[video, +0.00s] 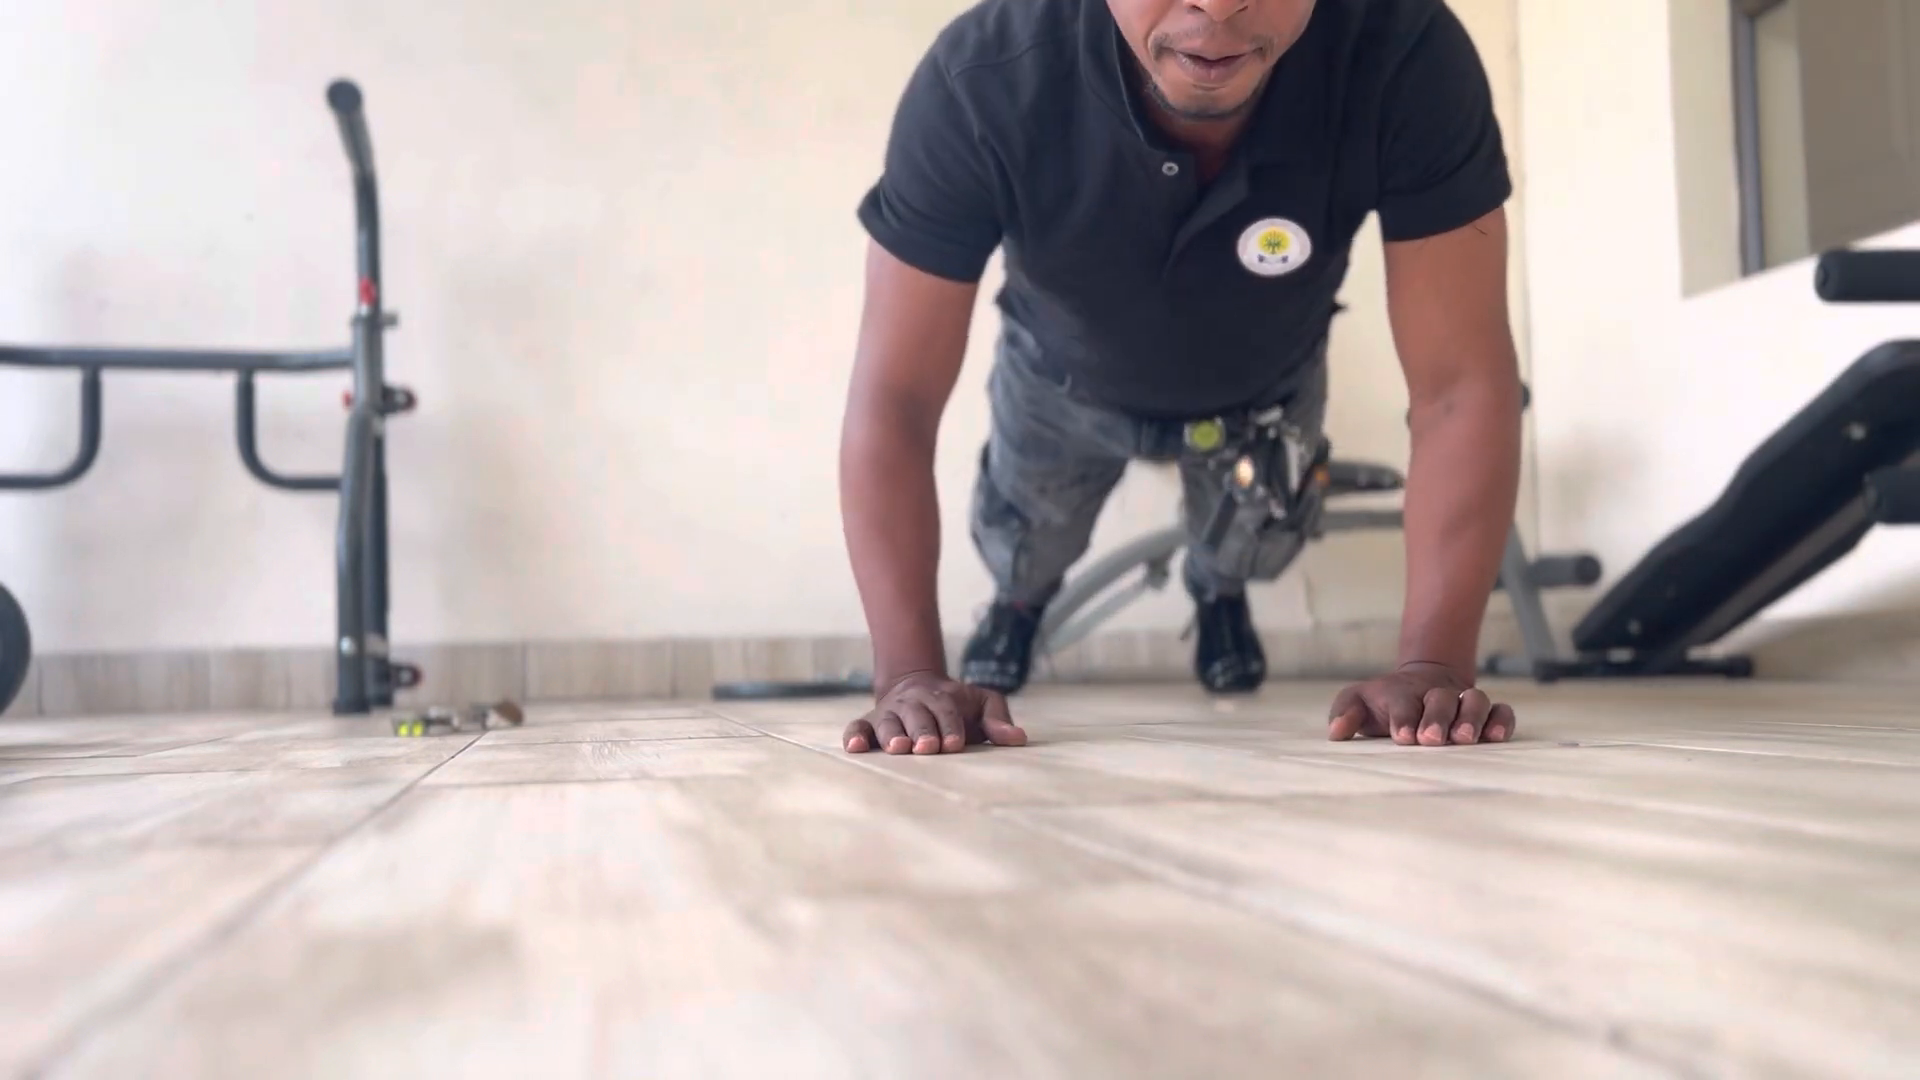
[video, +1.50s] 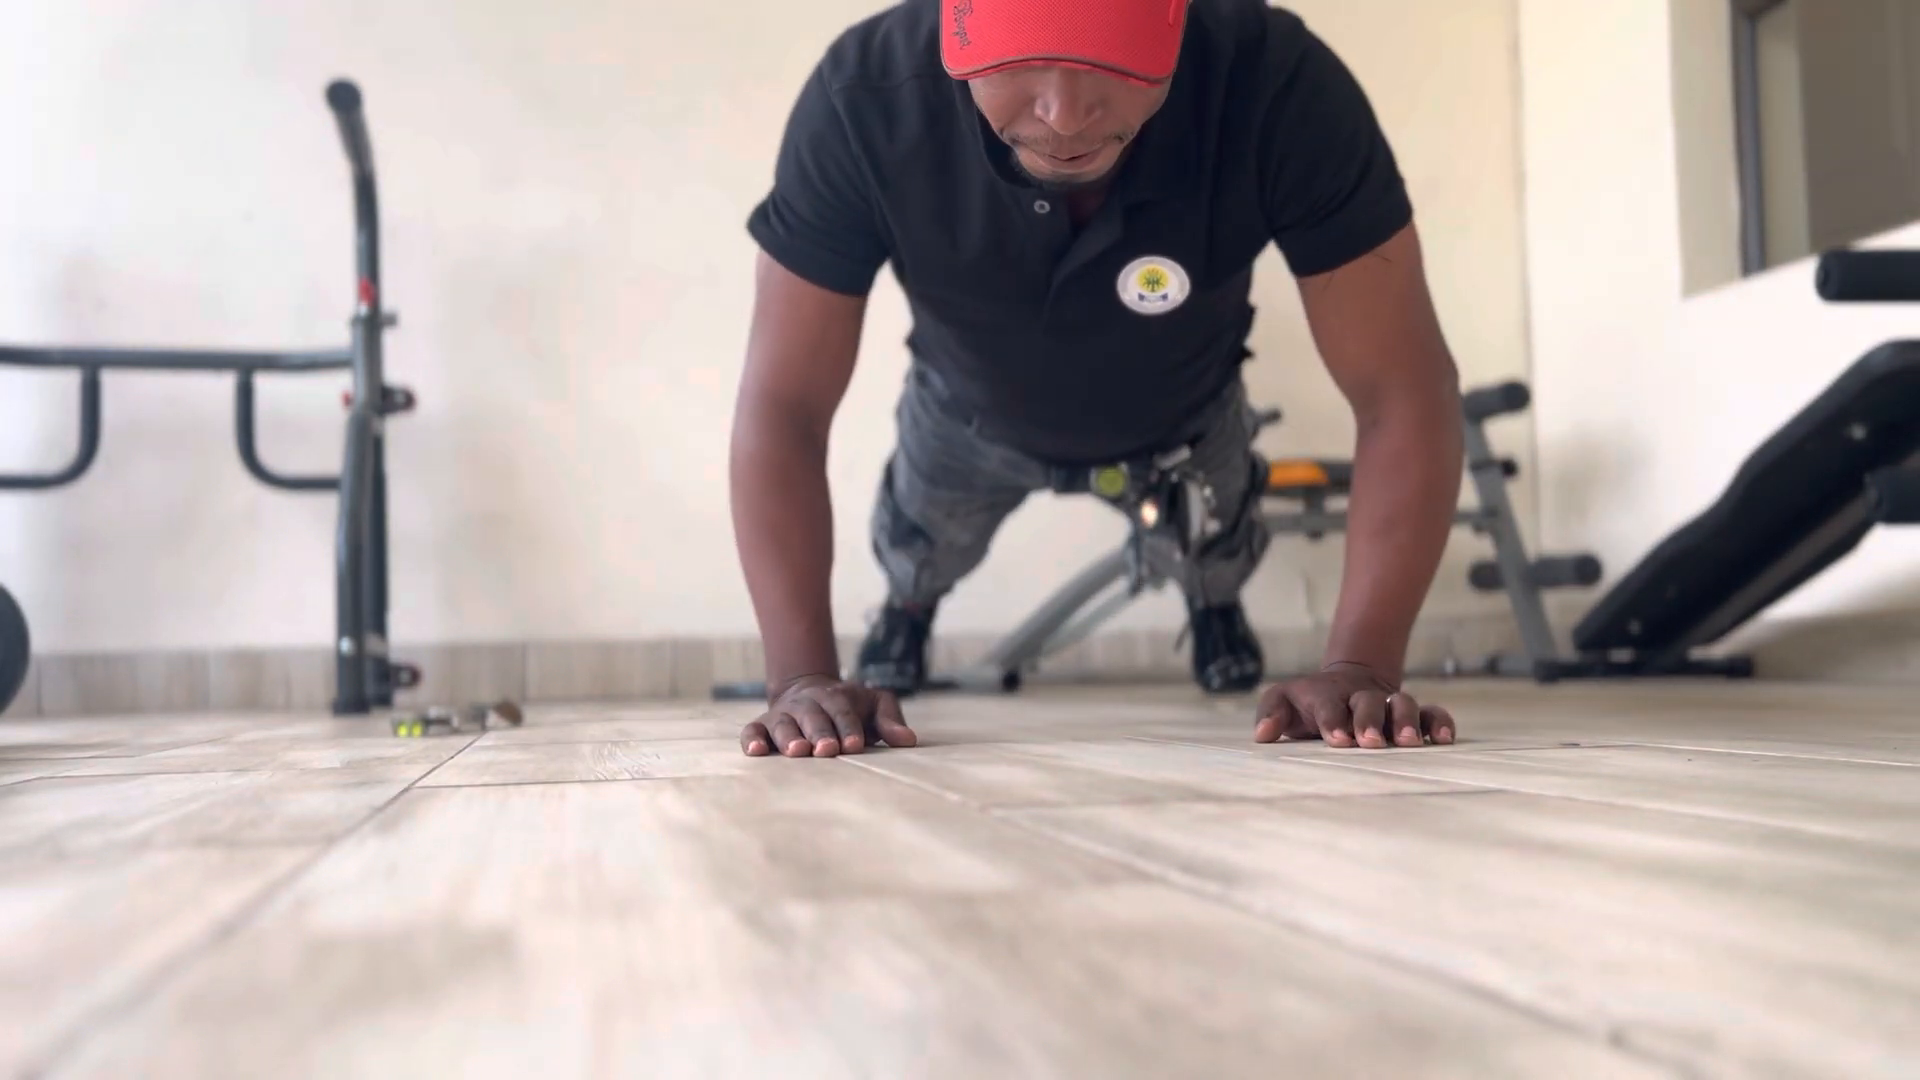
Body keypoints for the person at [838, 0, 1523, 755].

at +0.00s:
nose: (1213, 19)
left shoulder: (1403, 52)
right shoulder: (986, 74)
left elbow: (1460, 383)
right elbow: (892, 400)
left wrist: (1434, 664)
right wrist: (906, 676)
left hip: (1264, 384)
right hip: (1066, 377)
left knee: (1253, 534)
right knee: (1030, 527)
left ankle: (1222, 594)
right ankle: (1020, 607)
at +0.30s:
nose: (1181, 37)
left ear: (1297, 6)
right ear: (1055, 4)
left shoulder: (1374, 95)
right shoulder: (956, 101)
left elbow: (1460, 397)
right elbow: (870, 412)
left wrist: (1433, 668)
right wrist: (903, 677)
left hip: (1235, 419)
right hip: (1038, 420)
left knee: (1236, 536)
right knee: (1005, 540)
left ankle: (1218, 601)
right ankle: (1005, 610)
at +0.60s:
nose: (1084, 18)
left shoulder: (1309, 36)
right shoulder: (908, 49)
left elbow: (1382, 364)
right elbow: (877, 389)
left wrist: (1361, 647)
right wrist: (906, 672)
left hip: (1198, 376)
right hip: (999, 378)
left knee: (1217, 530)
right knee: (970, 527)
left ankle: (1212, 604)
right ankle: (966, 605)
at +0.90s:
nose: (1087, 38)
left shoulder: (1318, 36)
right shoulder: (917, 41)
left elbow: (1376, 365)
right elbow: (849, 361)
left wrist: (1357, 664)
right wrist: (866, 634)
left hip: (1216, 374)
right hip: (1016, 369)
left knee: (1234, 525)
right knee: (973, 519)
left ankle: (1228, 596)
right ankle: (968, 614)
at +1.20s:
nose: (1065, 126)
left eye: (1111, 87)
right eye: (1024, 82)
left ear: (1182, 46)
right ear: (972, 38)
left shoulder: (1291, 74)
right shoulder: (883, 98)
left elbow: (1400, 387)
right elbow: (792, 403)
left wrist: (1359, 669)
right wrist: (803, 679)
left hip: (1202, 406)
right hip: (998, 400)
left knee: (1223, 534)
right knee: (958, 529)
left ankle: (1217, 606)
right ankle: (951, 614)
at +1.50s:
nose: (1063, 113)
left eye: (1112, 65)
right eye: (1019, 65)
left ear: (1173, 35)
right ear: (960, 33)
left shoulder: (1275, 85)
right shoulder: (867, 98)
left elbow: (1406, 390)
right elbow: (781, 409)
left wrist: (1360, 669)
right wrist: (798, 682)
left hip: (1183, 415)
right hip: (974, 418)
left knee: (1218, 534)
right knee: (926, 540)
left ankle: (1217, 612)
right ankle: (908, 616)